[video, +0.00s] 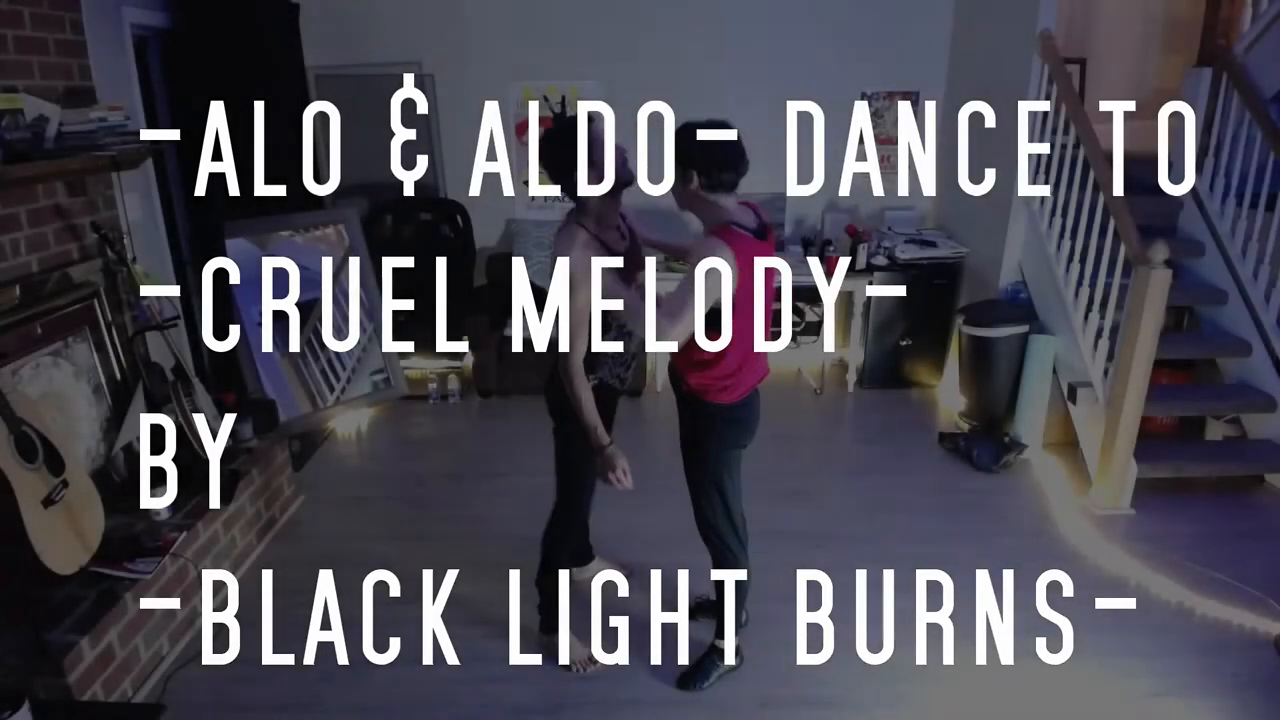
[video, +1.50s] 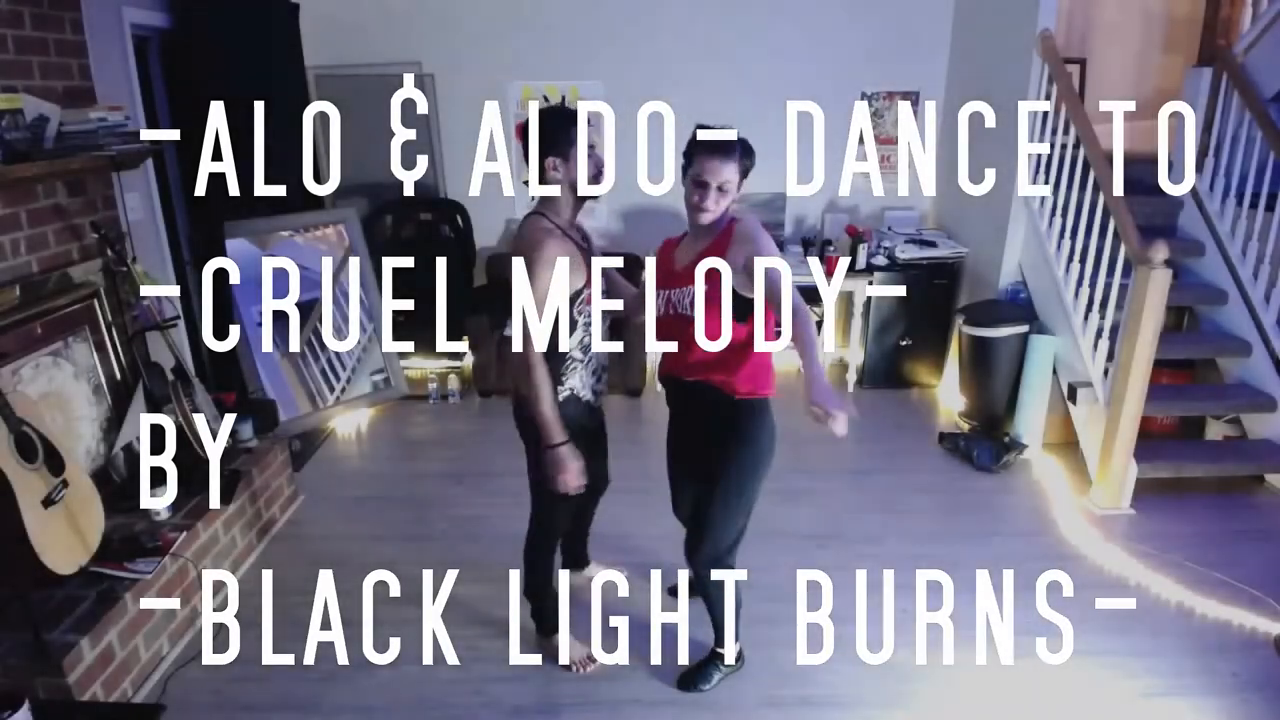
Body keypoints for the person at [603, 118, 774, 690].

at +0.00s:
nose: (671, 183)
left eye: (676, 173)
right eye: (673, 172)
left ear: (693, 180)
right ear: (732, 176)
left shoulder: (714, 251)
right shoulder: (750, 222)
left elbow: (664, 329)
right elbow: (690, 244)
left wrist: (626, 288)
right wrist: (633, 236)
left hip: (712, 410)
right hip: (734, 397)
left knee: (717, 521)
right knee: (723, 507)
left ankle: (728, 645)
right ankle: (734, 599)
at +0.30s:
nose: (657, 159)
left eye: (667, 151)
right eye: (663, 148)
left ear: (690, 165)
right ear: (714, 166)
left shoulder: (696, 242)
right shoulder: (720, 219)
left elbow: (719, 342)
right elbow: (685, 295)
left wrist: (667, 389)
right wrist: (634, 262)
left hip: (713, 409)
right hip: (723, 399)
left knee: (718, 524)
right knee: (723, 511)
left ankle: (728, 645)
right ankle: (734, 601)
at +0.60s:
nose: (670, 160)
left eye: (682, 152)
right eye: (674, 149)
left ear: (710, 165)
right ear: (708, 165)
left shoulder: (712, 253)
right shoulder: (699, 235)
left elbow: (743, 360)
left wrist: (711, 442)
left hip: (704, 415)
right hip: (691, 407)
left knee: (710, 527)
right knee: (709, 514)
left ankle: (727, 645)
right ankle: (723, 599)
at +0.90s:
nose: (680, 173)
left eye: (690, 165)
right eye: (682, 162)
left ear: (730, 173)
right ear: (723, 173)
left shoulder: (744, 236)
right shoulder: (709, 236)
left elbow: (765, 336)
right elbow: (684, 315)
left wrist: (690, 378)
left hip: (708, 416)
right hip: (681, 410)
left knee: (695, 532)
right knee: (692, 531)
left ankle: (724, 645)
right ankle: (721, 638)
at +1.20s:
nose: (692, 187)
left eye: (707, 177)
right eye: (688, 173)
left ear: (738, 183)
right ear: (682, 175)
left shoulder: (746, 232)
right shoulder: (697, 245)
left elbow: (782, 320)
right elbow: (675, 316)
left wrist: (726, 365)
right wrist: (629, 296)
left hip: (722, 423)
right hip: (680, 413)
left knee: (691, 547)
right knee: (672, 507)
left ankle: (724, 648)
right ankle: (681, 587)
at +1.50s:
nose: (704, 196)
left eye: (719, 188)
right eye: (697, 183)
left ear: (737, 191)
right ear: (683, 179)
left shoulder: (746, 239)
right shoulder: (669, 251)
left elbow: (794, 306)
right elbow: (658, 318)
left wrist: (817, 384)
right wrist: (614, 293)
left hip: (740, 418)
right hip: (687, 414)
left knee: (709, 544)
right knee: (690, 517)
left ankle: (725, 649)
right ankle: (718, 582)